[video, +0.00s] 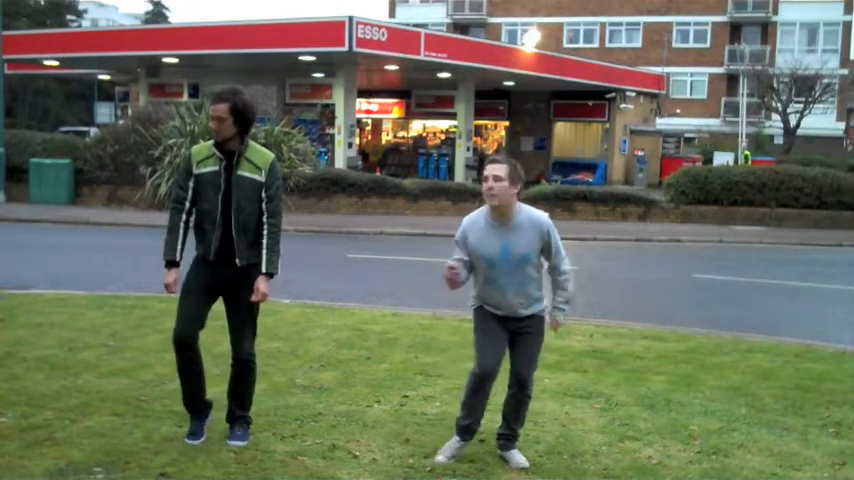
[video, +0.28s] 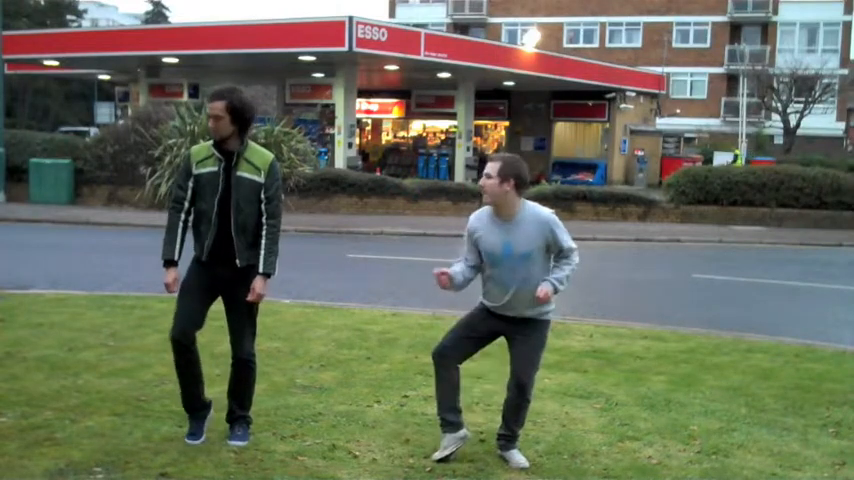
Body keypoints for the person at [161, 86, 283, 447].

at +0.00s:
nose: (212, 125)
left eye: (220, 119)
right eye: (211, 118)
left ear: (241, 122)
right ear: (210, 119)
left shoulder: (266, 164)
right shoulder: (196, 158)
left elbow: (273, 222)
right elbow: (179, 211)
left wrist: (266, 274)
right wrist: (172, 263)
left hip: (245, 271)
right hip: (204, 266)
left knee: (244, 351)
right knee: (183, 335)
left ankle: (240, 419)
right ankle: (198, 412)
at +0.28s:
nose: (210, 123)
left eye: (217, 118)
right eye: (209, 117)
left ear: (238, 120)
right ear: (210, 119)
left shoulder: (265, 165)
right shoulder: (195, 158)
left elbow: (272, 223)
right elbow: (178, 210)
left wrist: (263, 274)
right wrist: (171, 263)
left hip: (243, 272)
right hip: (202, 268)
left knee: (243, 351)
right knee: (180, 335)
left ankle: (240, 419)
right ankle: (197, 410)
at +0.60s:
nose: (209, 122)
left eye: (215, 116)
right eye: (208, 116)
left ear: (236, 119)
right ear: (211, 120)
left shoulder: (265, 165)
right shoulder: (195, 159)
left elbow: (272, 224)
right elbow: (178, 212)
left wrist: (263, 274)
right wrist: (173, 263)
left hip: (243, 272)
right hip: (202, 269)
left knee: (243, 352)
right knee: (183, 339)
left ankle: (240, 420)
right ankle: (197, 413)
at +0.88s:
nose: (206, 120)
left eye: (213, 115)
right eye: (207, 114)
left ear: (233, 120)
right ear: (217, 119)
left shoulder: (265, 166)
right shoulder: (196, 158)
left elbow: (270, 225)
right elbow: (181, 212)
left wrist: (263, 277)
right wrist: (175, 263)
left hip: (243, 273)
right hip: (204, 270)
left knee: (243, 352)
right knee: (193, 343)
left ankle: (239, 420)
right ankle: (205, 417)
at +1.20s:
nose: (209, 116)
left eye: (216, 112)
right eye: (210, 111)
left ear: (236, 118)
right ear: (219, 118)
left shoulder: (266, 166)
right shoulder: (198, 157)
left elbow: (269, 226)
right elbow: (182, 211)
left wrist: (260, 278)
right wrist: (175, 262)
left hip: (244, 272)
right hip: (205, 267)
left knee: (244, 352)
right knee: (191, 343)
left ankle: (239, 420)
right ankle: (203, 416)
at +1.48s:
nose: (211, 116)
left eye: (218, 112)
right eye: (212, 110)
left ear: (238, 119)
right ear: (217, 117)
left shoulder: (266, 167)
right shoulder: (198, 158)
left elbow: (272, 226)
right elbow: (182, 211)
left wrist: (261, 278)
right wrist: (176, 262)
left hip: (244, 272)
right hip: (204, 267)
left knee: (243, 352)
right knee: (183, 334)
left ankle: (239, 419)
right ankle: (197, 408)